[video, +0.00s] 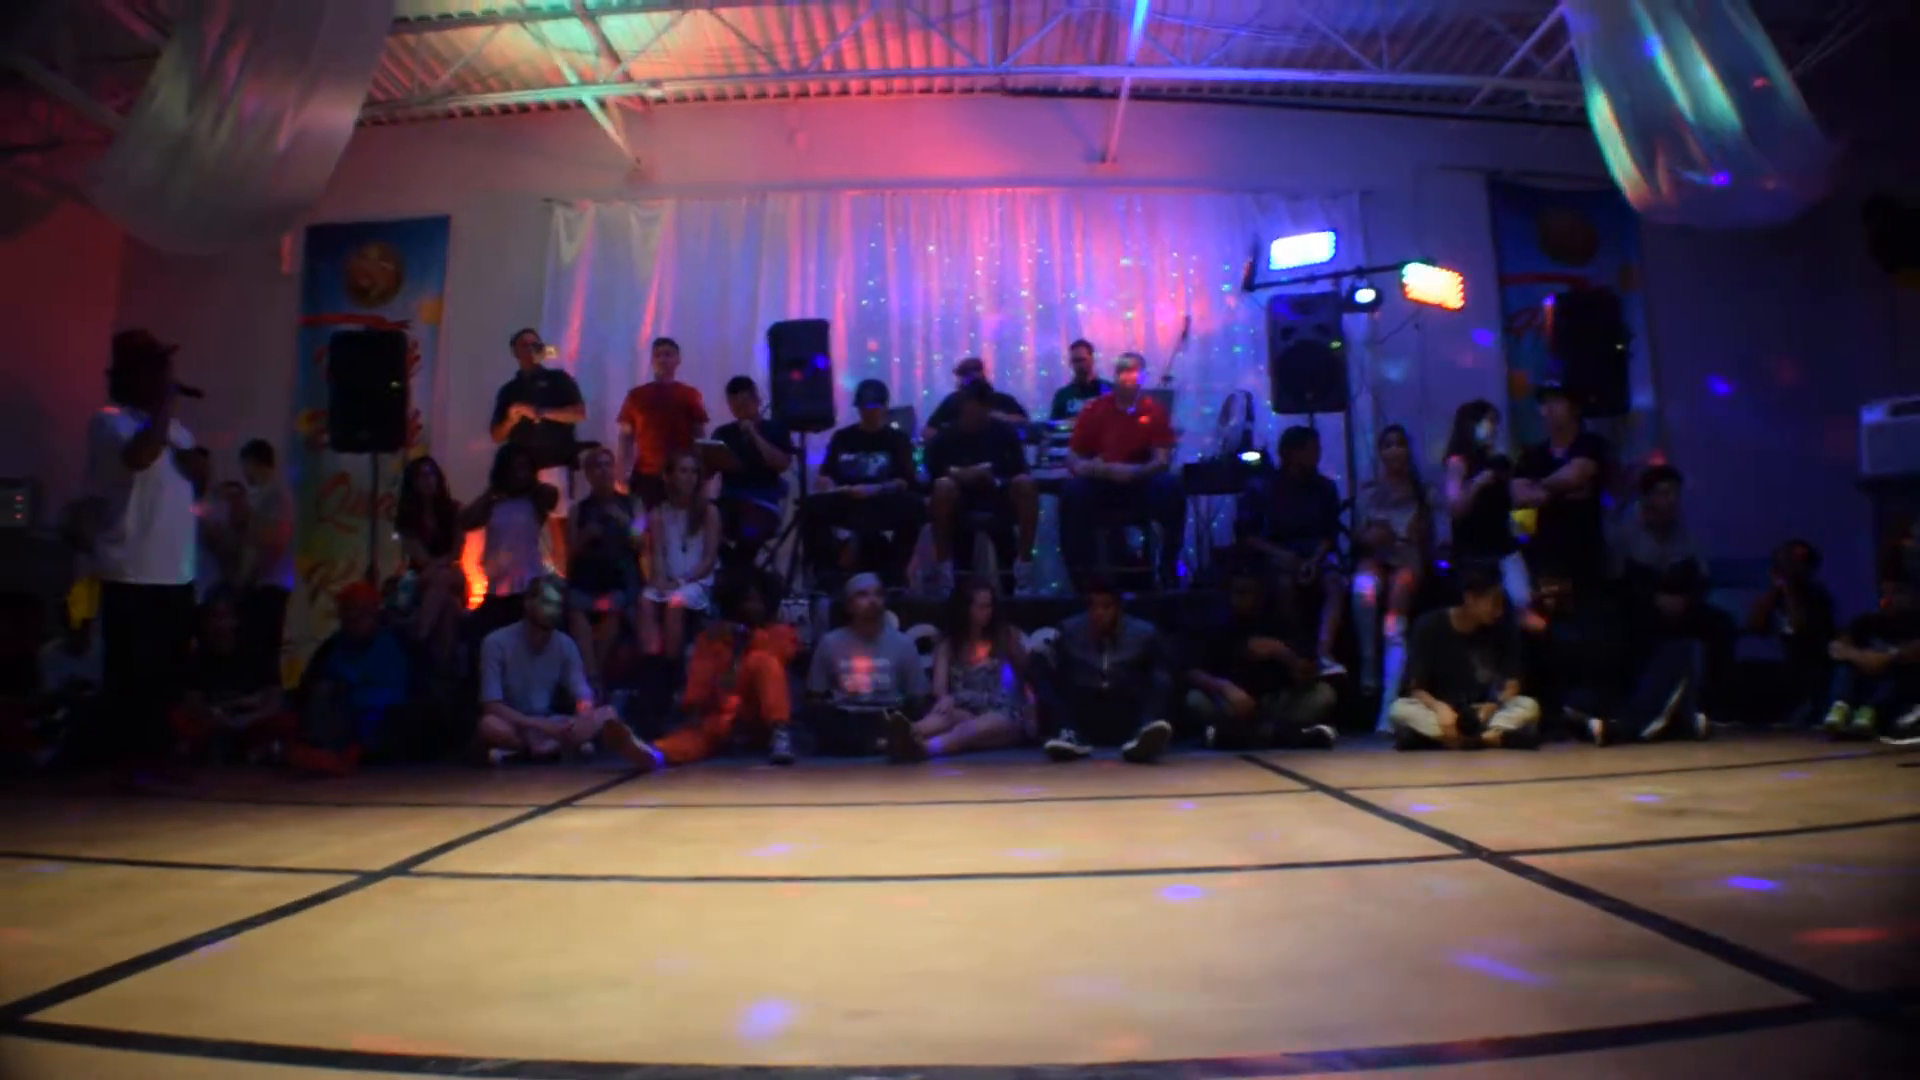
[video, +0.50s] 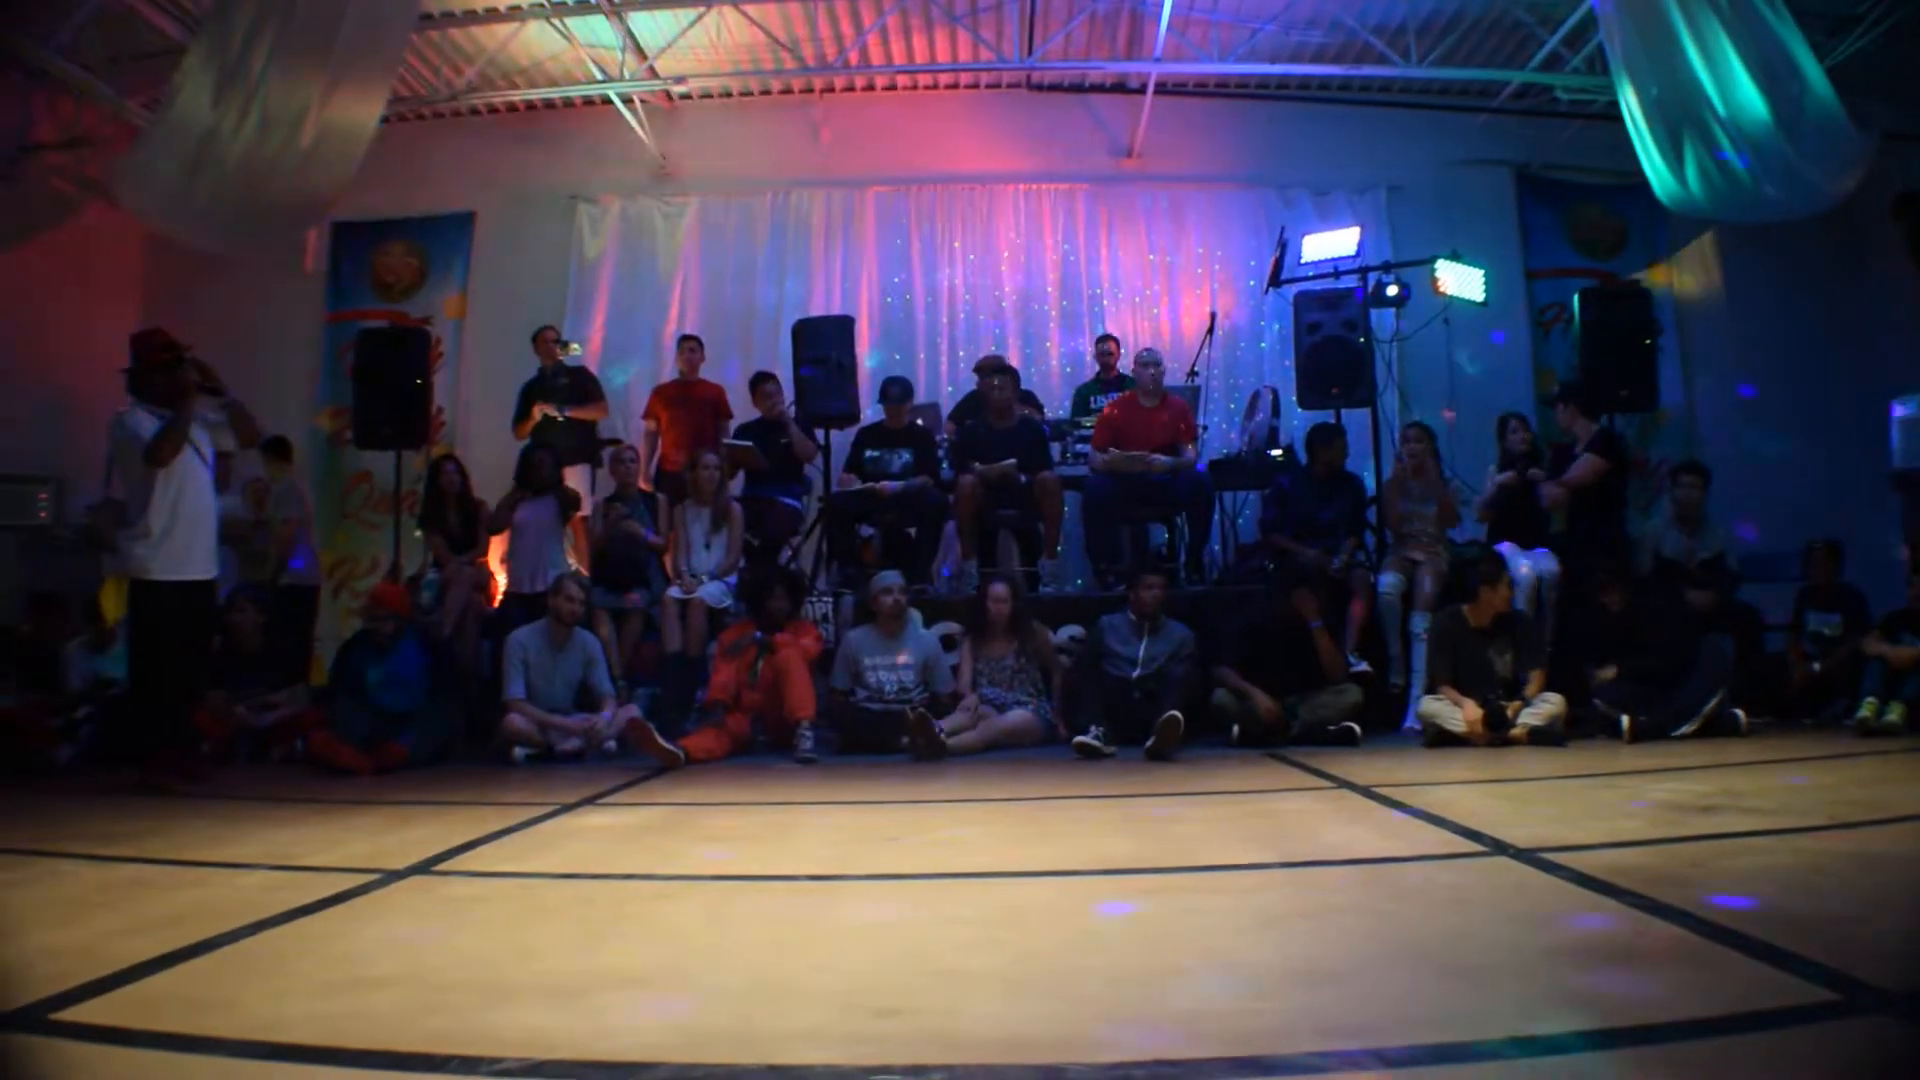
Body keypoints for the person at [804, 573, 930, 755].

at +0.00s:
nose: (872, 601)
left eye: (877, 594)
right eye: (863, 595)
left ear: (883, 600)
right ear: (850, 604)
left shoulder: (902, 644)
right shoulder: (831, 644)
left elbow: (918, 698)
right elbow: (815, 697)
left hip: (889, 722)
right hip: (843, 722)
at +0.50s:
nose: (896, 599)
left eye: (901, 592)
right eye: (887, 593)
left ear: (907, 598)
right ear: (874, 601)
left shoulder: (926, 641)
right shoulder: (854, 640)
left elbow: (943, 696)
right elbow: (838, 694)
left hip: (913, 711)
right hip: (869, 711)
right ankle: (903, 740)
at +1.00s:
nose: (894, 602)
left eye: (898, 595)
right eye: (885, 596)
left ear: (903, 600)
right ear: (870, 605)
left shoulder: (922, 643)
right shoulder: (851, 643)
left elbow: (940, 699)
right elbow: (834, 698)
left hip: (909, 715)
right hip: (866, 715)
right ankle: (900, 744)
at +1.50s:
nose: (888, 602)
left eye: (892, 596)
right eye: (880, 597)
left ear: (898, 602)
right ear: (866, 605)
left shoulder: (917, 645)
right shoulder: (846, 645)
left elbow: (936, 702)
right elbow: (829, 699)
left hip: (905, 716)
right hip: (860, 717)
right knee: (831, 718)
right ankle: (894, 744)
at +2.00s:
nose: (888, 603)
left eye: (892, 597)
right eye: (879, 597)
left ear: (898, 602)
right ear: (865, 606)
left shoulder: (916, 645)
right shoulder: (845, 645)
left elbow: (936, 701)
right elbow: (829, 699)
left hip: (905, 715)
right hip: (860, 716)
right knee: (830, 717)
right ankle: (892, 745)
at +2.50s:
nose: (886, 603)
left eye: (891, 596)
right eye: (878, 598)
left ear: (897, 601)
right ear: (864, 605)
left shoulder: (916, 645)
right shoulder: (845, 645)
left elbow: (937, 702)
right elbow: (829, 701)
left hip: (908, 721)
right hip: (862, 722)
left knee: (964, 714)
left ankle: (925, 747)